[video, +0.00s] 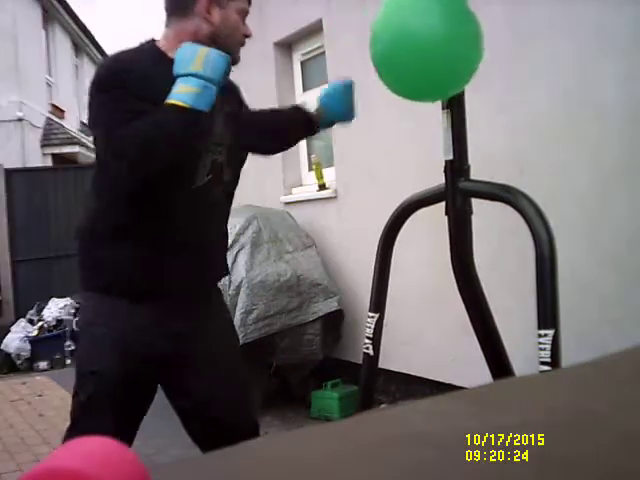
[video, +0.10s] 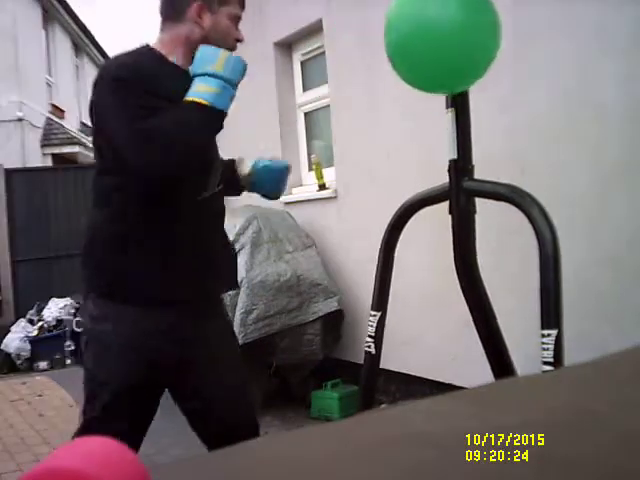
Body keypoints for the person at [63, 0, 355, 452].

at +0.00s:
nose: (249, 31)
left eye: (248, 17)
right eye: (243, 14)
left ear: (207, 13)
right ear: (207, 10)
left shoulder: (222, 92)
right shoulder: (123, 73)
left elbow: (255, 132)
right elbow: (129, 162)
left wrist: (316, 113)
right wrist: (190, 88)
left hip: (195, 300)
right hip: (123, 302)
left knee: (238, 447)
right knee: (92, 454)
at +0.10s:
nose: (239, 36)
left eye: (240, 23)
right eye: (235, 20)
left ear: (200, 17)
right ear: (200, 14)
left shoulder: (190, 87)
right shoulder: (122, 76)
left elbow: (183, 180)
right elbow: (157, 164)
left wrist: (244, 176)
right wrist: (207, 92)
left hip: (193, 303)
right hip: (130, 304)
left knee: (239, 444)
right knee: (104, 453)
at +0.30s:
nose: (197, 52)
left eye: (200, 41)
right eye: (194, 38)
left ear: (159, 32)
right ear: (160, 30)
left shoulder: (142, 102)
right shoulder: (100, 87)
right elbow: (155, 169)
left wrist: (192, 156)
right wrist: (196, 102)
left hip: (162, 317)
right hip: (104, 324)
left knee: (221, 444)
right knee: (105, 466)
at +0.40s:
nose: (168, 63)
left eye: (169, 51)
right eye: (163, 48)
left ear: (127, 44)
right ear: (128, 40)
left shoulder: (112, 113)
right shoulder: (65, 100)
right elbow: (125, 180)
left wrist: (166, 146)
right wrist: (161, 124)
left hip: (137, 333)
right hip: (76, 341)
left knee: (209, 450)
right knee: (81, 472)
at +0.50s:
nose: (139, 68)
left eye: (138, 55)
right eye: (133, 52)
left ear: (96, 49)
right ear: (97, 45)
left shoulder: (79, 121)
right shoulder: (28, 108)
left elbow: (90, 205)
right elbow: (78, 201)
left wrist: (132, 175)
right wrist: (123, 134)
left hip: (106, 333)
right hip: (54, 341)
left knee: (180, 450)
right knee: (64, 468)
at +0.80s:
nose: (84, 25)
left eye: (84, 12)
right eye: (77, 10)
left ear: (39, 10)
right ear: (36, 6)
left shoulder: (49, 77)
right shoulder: (1, 74)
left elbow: (66, 179)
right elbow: (14, 177)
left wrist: (92, 126)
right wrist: (51, 100)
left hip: (77, 284)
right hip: (18, 291)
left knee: (115, 427)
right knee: (24, 451)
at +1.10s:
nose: (23, 56)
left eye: (27, 44)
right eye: (17, 41)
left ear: (26, 40)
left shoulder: (15, 102)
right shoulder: (7, 98)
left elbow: (9, 204)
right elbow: (5, 205)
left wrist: (26, 147)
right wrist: (13, 130)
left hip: (7, 309)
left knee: (58, 452)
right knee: (56, 450)